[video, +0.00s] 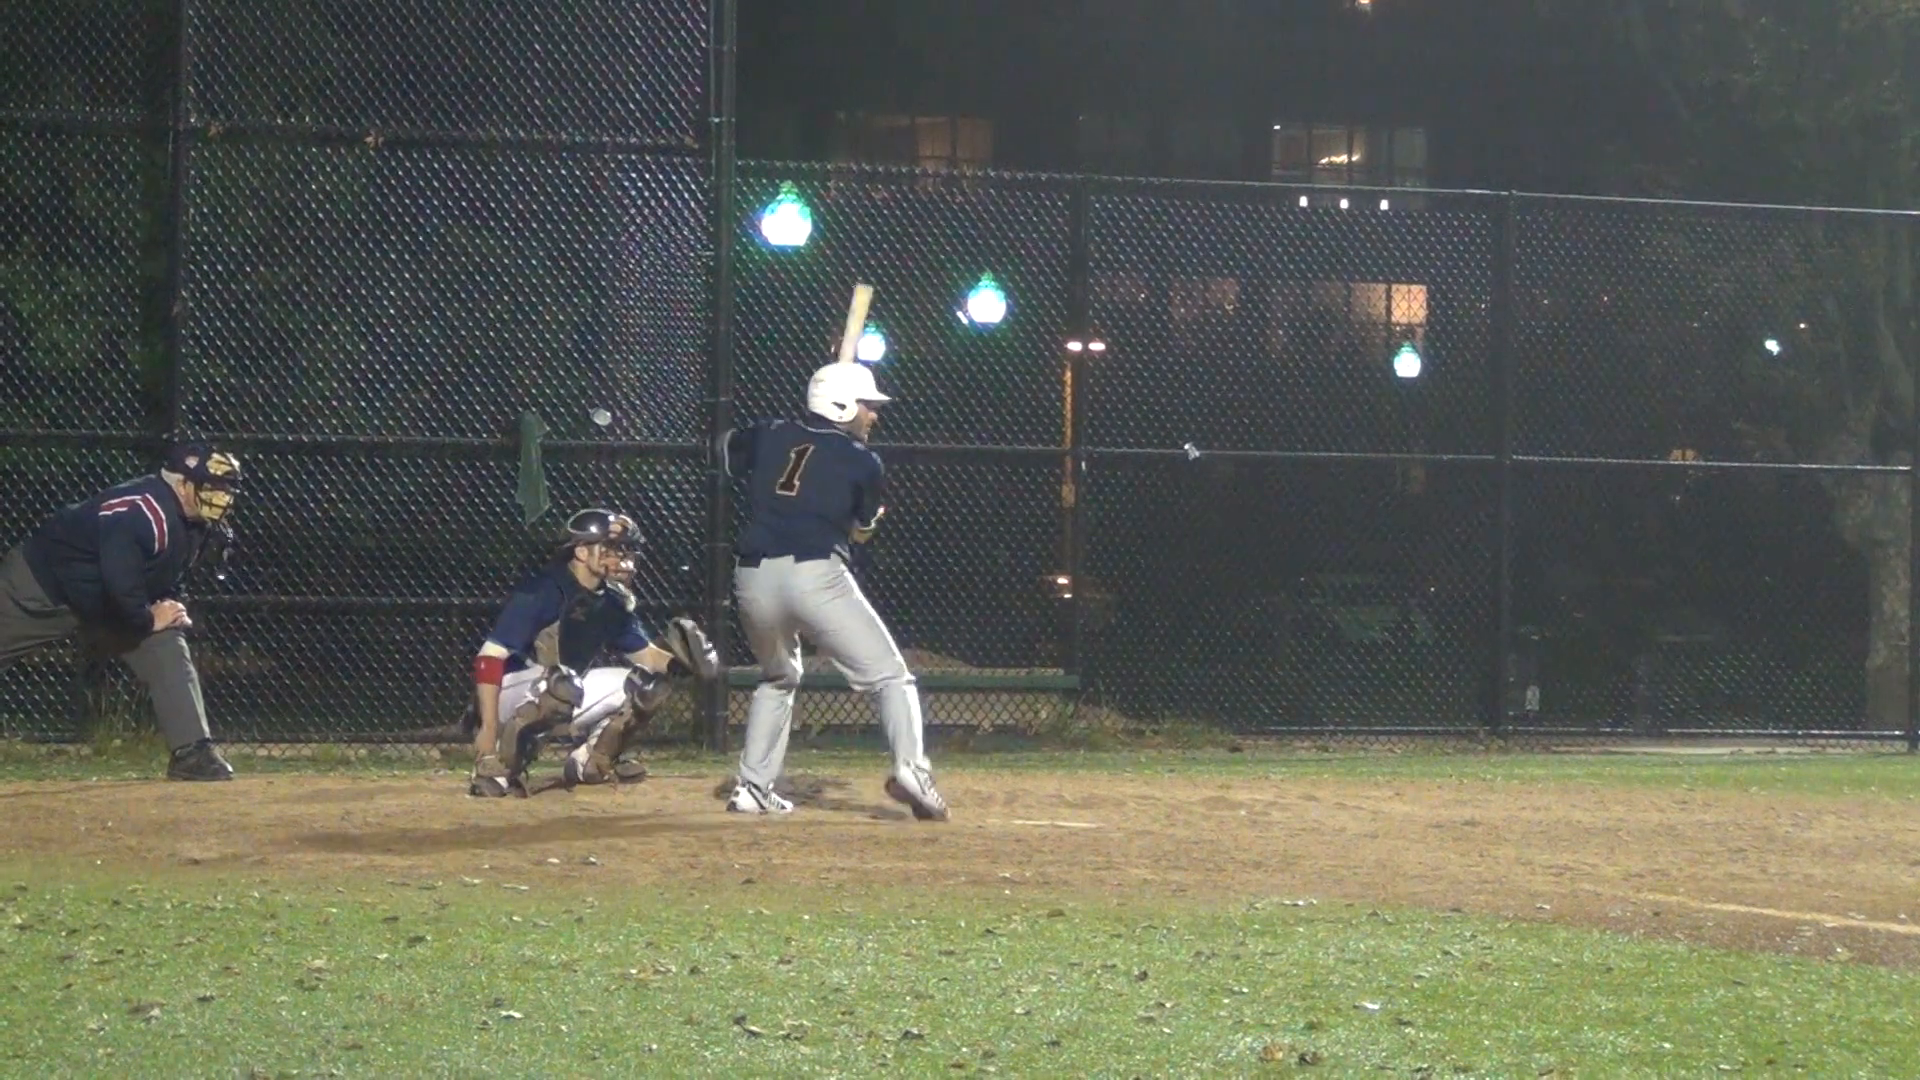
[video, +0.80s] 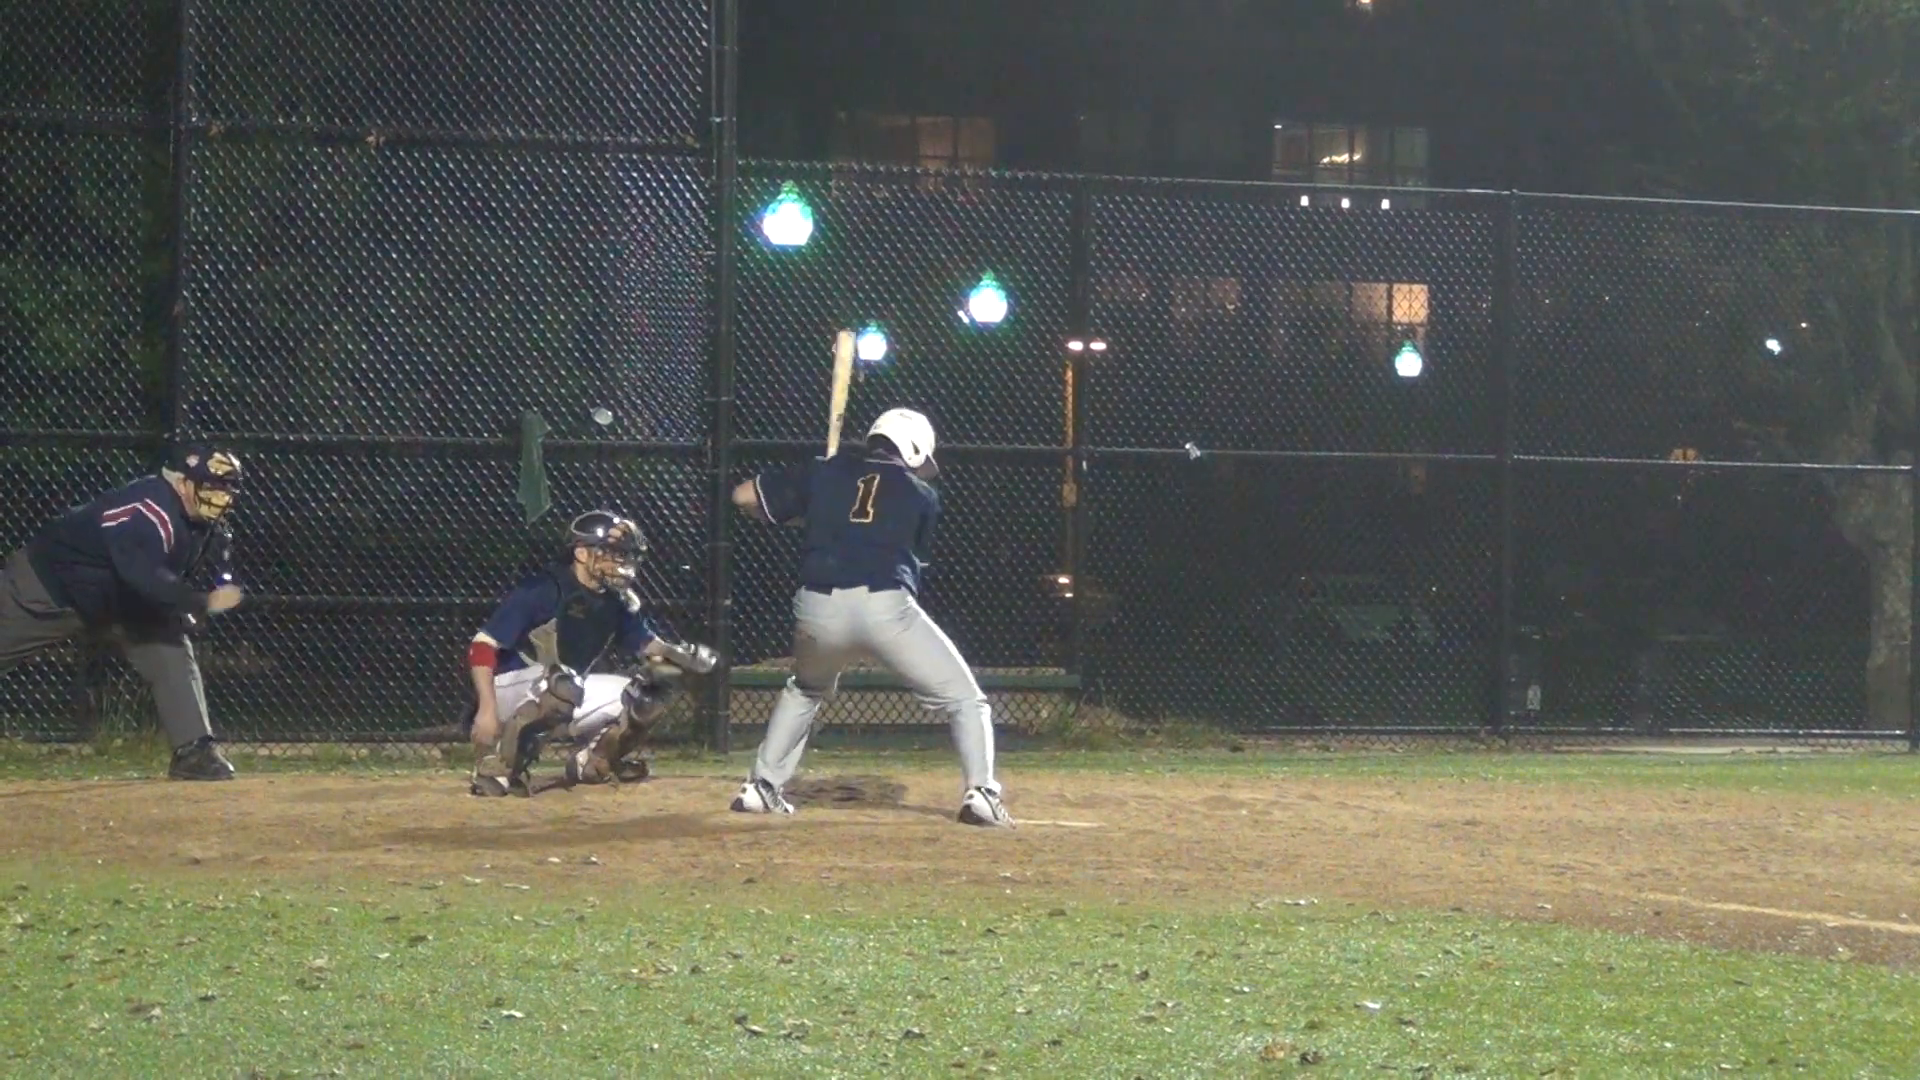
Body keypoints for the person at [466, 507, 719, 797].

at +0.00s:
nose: (620, 560)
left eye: (622, 552)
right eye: (610, 550)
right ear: (581, 553)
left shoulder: (611, 602)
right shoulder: (543, 591)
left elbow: (647, 655)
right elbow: (489, 659)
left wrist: (684, 661)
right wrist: (489, 728)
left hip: (569, 691)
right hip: (508, 692)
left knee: (646, 686)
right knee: (561, 686)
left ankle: (591, 764)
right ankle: (495, 767)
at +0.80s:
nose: (620, 563)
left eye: (623, 555)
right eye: (610, 554)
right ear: (582, 554)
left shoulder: (618, 600)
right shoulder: (545, 589)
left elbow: (647, 645)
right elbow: (482, 647)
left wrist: (682, 657)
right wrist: (487, 710)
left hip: (568, 692)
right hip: (505, 692)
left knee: (648, 692)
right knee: (562, 687)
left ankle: (594, 765)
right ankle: (496, 769)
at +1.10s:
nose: (623, 528)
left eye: (626, 521)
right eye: (612, 520)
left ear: (632, 526)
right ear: (583, 524)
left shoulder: (629, 576)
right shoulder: (547, 571)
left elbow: (655, 650)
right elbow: (517, 643)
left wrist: (631, 627)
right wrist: (556, 624)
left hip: (586, 680)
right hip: (527, 673)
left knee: (668, 701)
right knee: (570, 690)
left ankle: (599, 756)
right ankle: (502, 768)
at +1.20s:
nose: (625, 521)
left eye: (629, 513)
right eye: (613, 511)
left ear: (637, 518)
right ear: (585, 515)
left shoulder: (639, 566)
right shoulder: (551, 564)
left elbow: (667, 638)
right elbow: (522, 641)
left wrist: (639, 606)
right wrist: (548, 611)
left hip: (600, 676)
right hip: (540, 668)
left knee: (678, 707)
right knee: (569, 685)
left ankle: (608, 752)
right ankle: (500, 767)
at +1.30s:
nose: (629, 515)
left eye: (635, 507)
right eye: (618, 505)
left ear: (645, 512)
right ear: (590, 508)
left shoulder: (647, 557)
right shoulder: (567, 551)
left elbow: (692, 620)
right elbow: (523, 628)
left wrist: (667, 583)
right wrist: (520, 590)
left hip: (615, 672)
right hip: (559, 660)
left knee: (688, 717)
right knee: (571, 683)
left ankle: (620, 749)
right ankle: (501, 767)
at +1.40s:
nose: (640, 510)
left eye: (645, 502)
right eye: (628, 501)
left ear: (654, 505)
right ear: (600, 505)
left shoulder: (658, 554)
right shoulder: (570, 550)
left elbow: (716, 599)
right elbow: (518, 602)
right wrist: (496, 551)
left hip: (632, 673)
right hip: (575, 662)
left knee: (696, 725)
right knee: (571, 682)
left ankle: (626, 749)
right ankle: (502, 765)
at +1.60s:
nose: (644, 497)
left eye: (651, 490)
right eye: (635, 489)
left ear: (662, 496)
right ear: (616, 497)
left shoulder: (674, 543)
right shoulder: (584, 532)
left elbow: (712, 581)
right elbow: (526, 510)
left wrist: (692, 540)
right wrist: (534, 456)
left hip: (655, 674)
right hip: (598, 658)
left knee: (716, 771)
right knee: (581, 703)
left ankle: (646, 758)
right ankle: (507, 769)